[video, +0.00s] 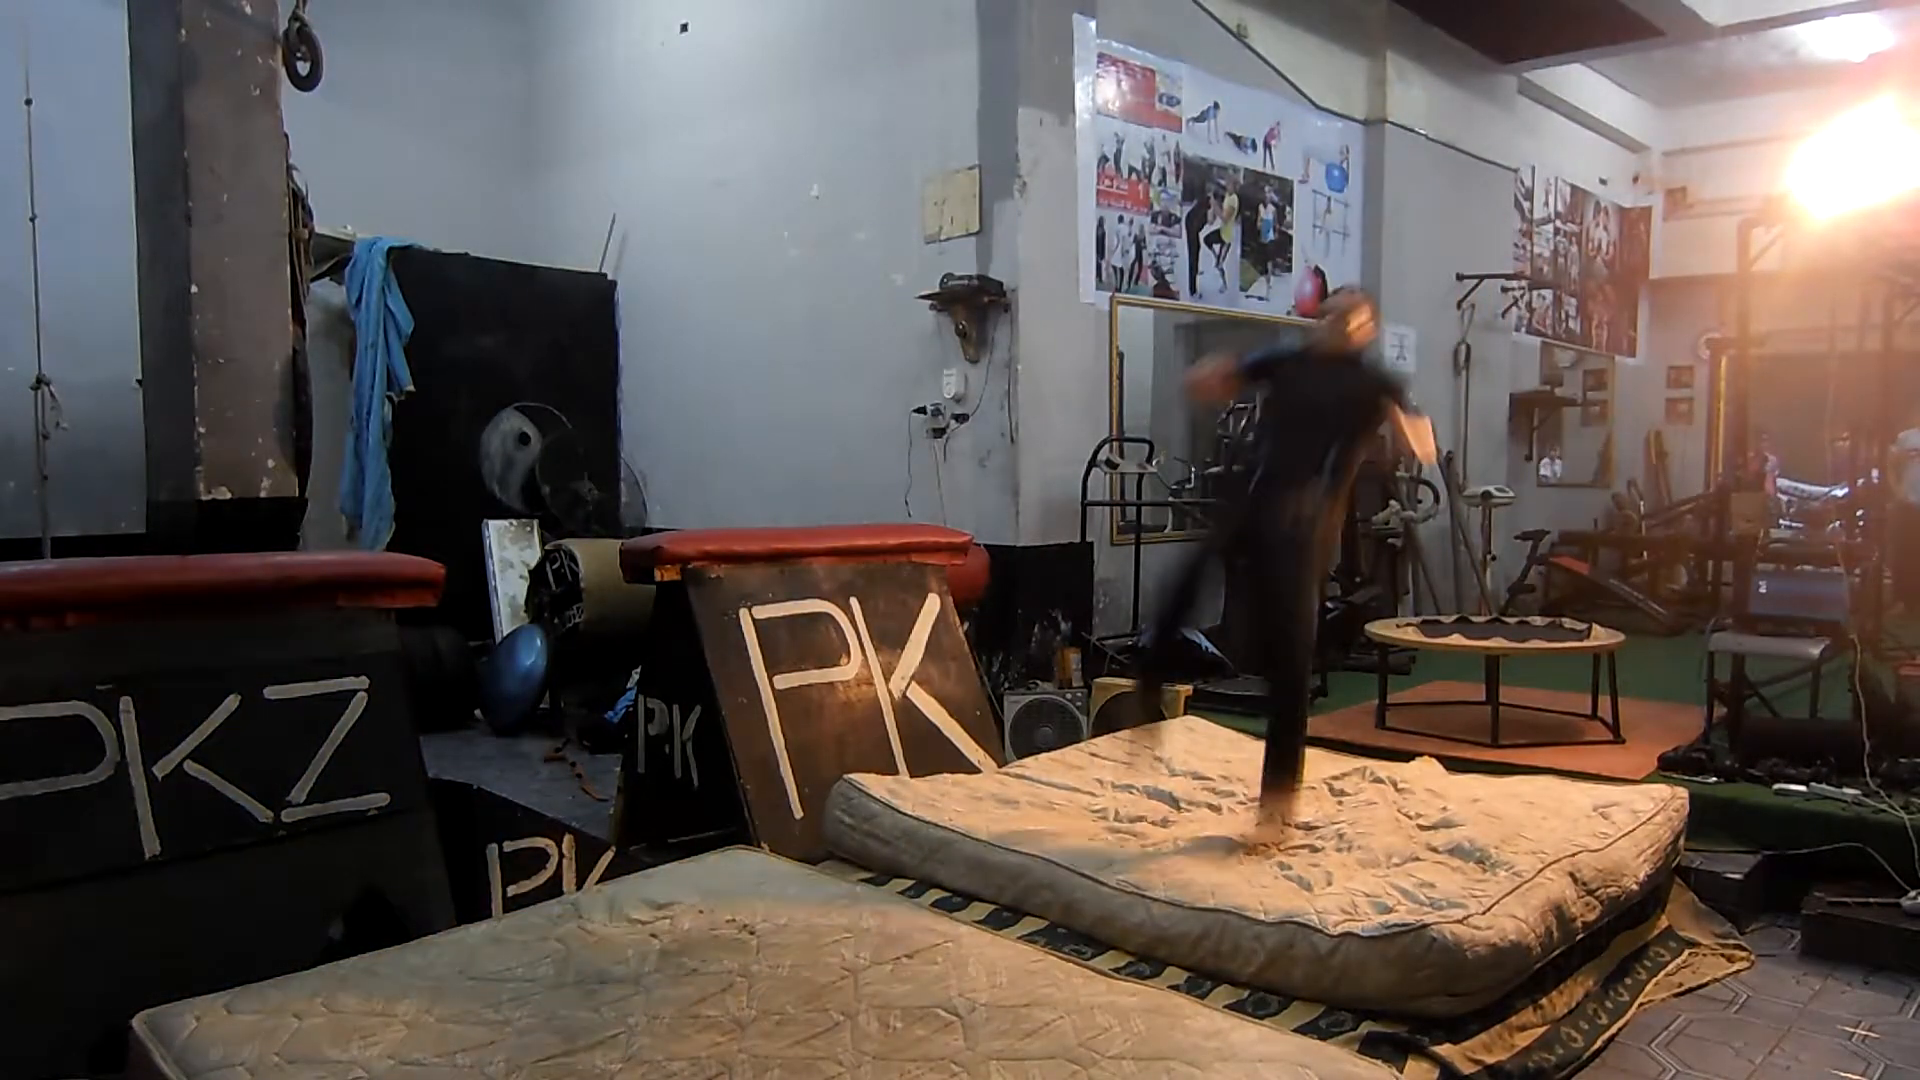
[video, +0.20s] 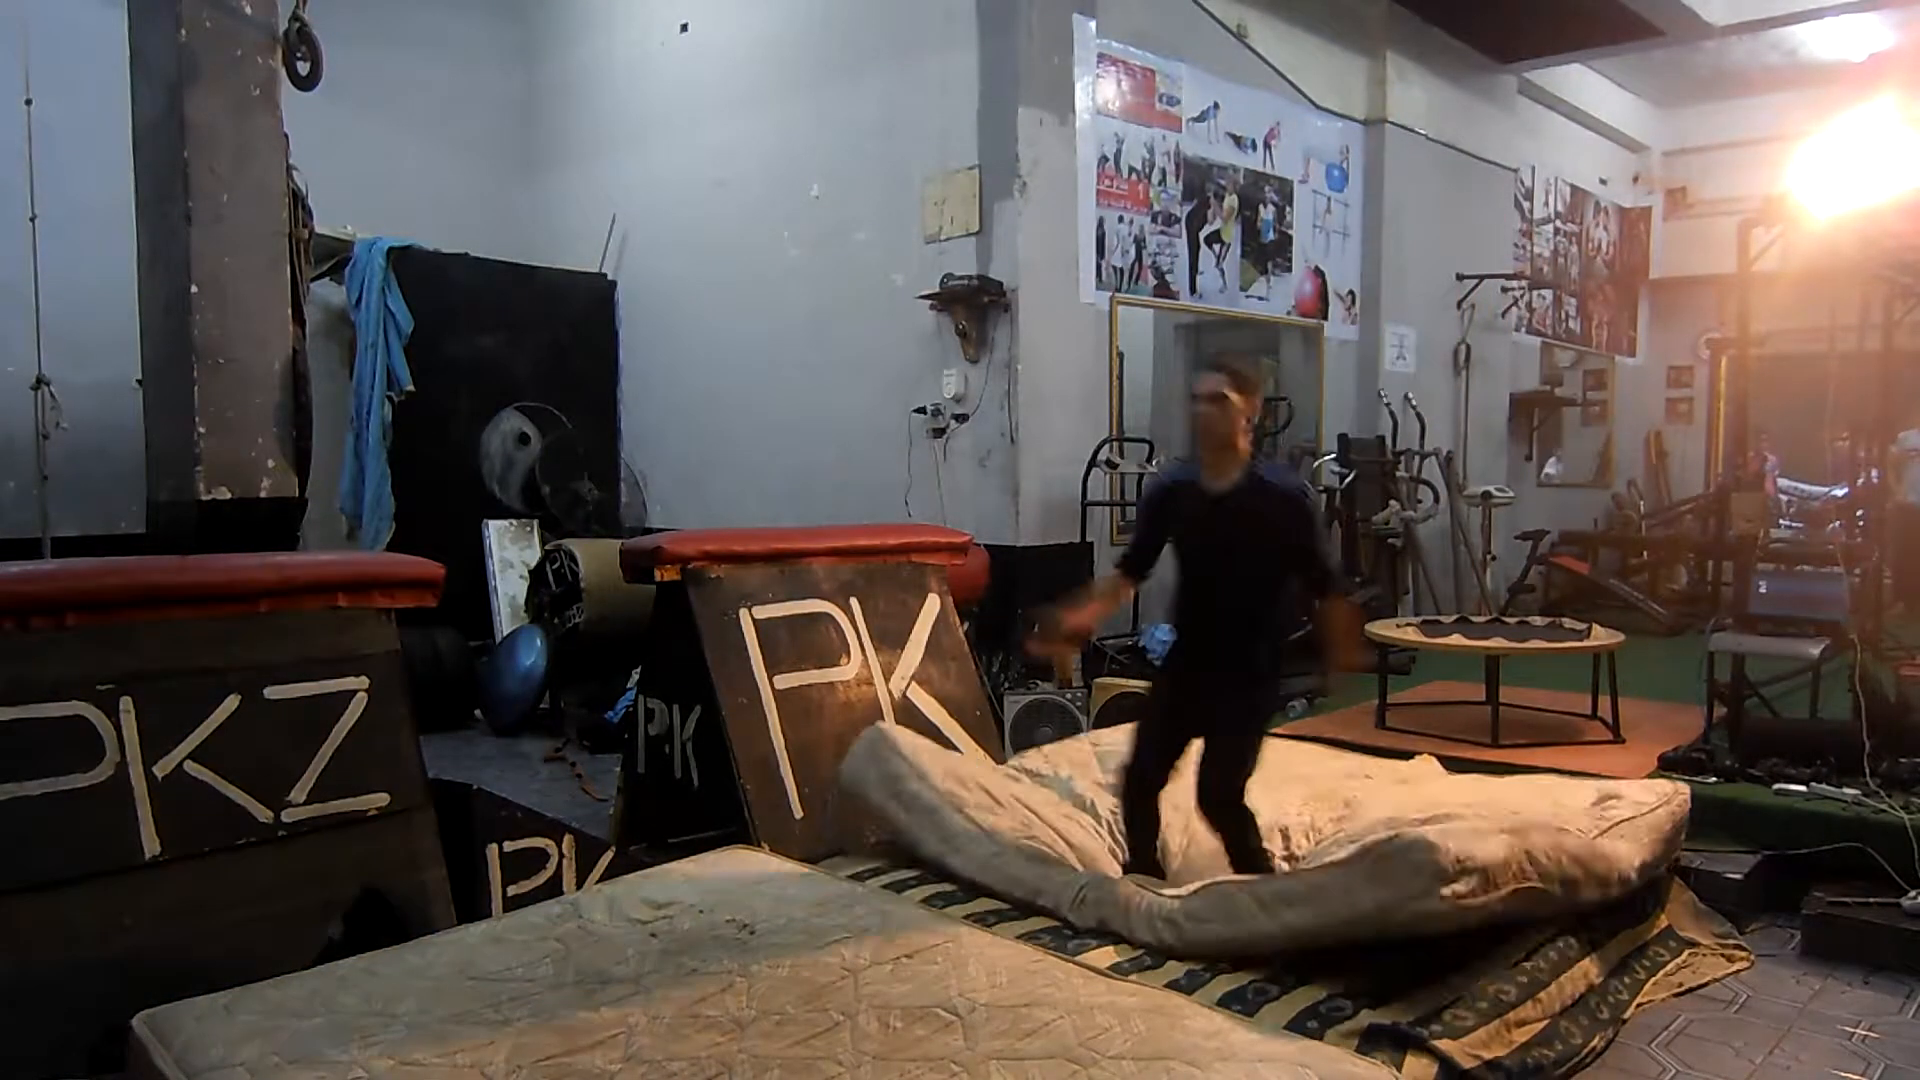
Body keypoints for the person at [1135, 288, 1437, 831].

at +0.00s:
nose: (1352, 324)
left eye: (1362, 318)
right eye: (1344, 314)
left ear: (1371, 330)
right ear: (1325, 320)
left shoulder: (1374, 381)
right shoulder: (1287, 361)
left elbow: (1424, 451)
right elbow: (1203, 383)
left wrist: (1401, 410)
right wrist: (1223, 376)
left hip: (1304, 539)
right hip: (1243, 520)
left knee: (1290, 670)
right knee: (1176, 609)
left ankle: (1276, 811)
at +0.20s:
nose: (1202, 413)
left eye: (1217, 402)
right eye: (1196, 402)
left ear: (1249, 413)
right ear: (1190, 410)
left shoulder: (1283, 500)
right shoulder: (1173, 492)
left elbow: (1327, 588)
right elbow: (1132, 571)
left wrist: (1340, 661)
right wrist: (1089, 611)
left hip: (1253, 668)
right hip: (1188, 661)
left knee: (1218, 796)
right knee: (1139, 783)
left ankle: (1264, 889)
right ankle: (1144, 886)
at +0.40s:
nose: (1144, 294)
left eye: (1157, 280)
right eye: (1135, 282)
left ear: (1189, 286)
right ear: (1126, 293)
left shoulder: (1236, 375)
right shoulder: (1111, 376)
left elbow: (1277, 476)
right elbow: (1110, 465)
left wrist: (1294, 569)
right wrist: (1094, 531)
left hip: (1205, 562)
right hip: (1135, 560)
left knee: (1195, 708)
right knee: (1127, 713)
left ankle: (1224, 807)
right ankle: (1139, 853)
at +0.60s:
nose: (1080, 280)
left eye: (1093, 265)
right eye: (1071, 267)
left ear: (1134, 266)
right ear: (1063, 275)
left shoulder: (1193, 359)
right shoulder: (1045, 363)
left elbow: (1279, 450)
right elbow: (992, 444)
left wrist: (1316, 550)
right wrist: (940, 526)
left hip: (1159, 561)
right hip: (1080, 558)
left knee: (1159, 730)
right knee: (1047, 699)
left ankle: (1150, 876)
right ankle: (1112, 720)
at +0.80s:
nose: (965, 395)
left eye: (979, 378)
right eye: (962, 379)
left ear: (1024, 380)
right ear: (964, 382)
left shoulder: (1088, 475)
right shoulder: (971, 467)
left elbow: (1194, 598)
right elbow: (927, 545)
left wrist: (1200, 721)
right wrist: (856, 603)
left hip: (1089, 677)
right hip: (1008, 665)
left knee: (1117, 841)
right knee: (912, 713)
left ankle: (1154, 993)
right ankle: (932, 908)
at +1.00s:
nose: (752, 377)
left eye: (768, 360)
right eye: (753, 360)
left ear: (820, 366)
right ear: (783, 369)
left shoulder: (881, 467)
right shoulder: (800, 482)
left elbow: (969, 618)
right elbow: (866, 619)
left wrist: (939, 751)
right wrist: (832, 697)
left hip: (934, 705)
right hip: (869, 706)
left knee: (983, 885)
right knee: (835, 899)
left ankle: (1118, 915)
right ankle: (859, 1064)